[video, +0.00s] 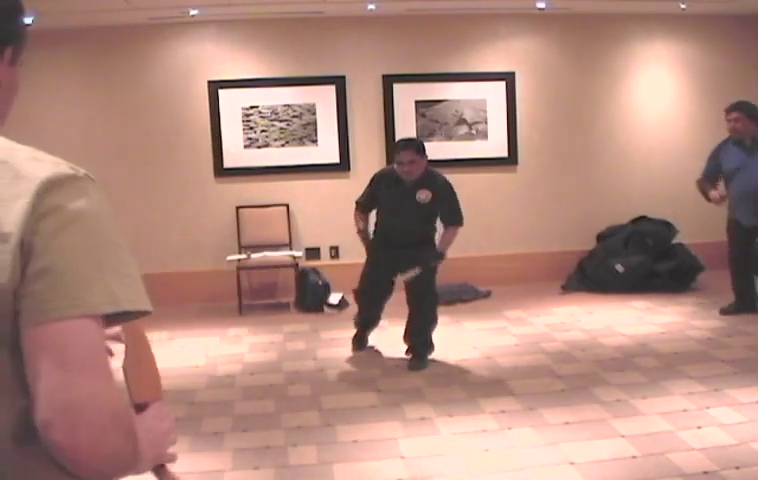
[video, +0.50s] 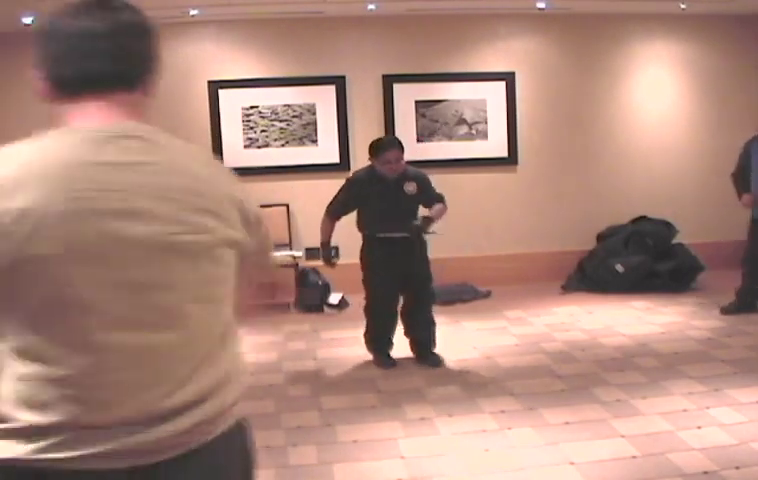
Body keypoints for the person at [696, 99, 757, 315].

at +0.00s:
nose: (731, 126)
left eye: (736, 120)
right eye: (729, 121)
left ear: (751, 121)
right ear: (727, 123)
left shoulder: (754, 146)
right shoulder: (726, 148)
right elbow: (705, 179)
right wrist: (710, 191)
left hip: (754, 216)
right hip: (739, 217)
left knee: (750, 260)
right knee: (739, 260)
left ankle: (750, 300)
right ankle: (743, 300)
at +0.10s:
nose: (738, 123)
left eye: (743, 119)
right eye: (735, 119)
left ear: (755, 120)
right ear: (732, 122)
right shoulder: (729, 148)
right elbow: (713, 178)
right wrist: (720, 195)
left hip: (754, 216)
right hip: (743, 216)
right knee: (742, 260)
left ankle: (749, 300)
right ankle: (744, 300)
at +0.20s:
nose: (746, 121)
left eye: (750, 117)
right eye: (743, 117)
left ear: (757, 118)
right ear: (740, 120)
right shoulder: (734, 147)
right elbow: (721, 176)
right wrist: (727, 195)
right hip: (747, 216)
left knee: (749, 260)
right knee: (744, 260)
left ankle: (748, 299)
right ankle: (744, 299)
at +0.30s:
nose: (752, 120)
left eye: (754, 116)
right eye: (750, 116)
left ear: (757, 118)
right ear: (748, 118)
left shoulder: (745, 146)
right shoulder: (741, 146)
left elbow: (726, 174)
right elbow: (727, 174)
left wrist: (734, 194)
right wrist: (733, 194)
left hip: (752, 215)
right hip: (750, 214)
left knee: (748, 258)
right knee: (746, 258)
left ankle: (747, 299)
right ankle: (745, 298)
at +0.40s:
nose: (756, 118)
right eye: (755, 114)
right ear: (754, 117)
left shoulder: (748, 145)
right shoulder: (748, 145)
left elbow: (732, 172)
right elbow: (733, 172)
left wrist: (740, 193)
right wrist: (738, 193)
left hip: (753, 215)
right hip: (753, 215)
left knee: (750, 256)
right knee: (749, 256)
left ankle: (747, 298)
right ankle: (746, 298)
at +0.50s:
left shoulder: (751, 146)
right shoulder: (751, 146)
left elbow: (739, 172)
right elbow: (739, 173)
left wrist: (745, 192)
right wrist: (743, 192)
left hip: (754, 215)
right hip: (755, 215)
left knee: (751, 256)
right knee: (751, 256)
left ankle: (748, 297)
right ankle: (747, 297)